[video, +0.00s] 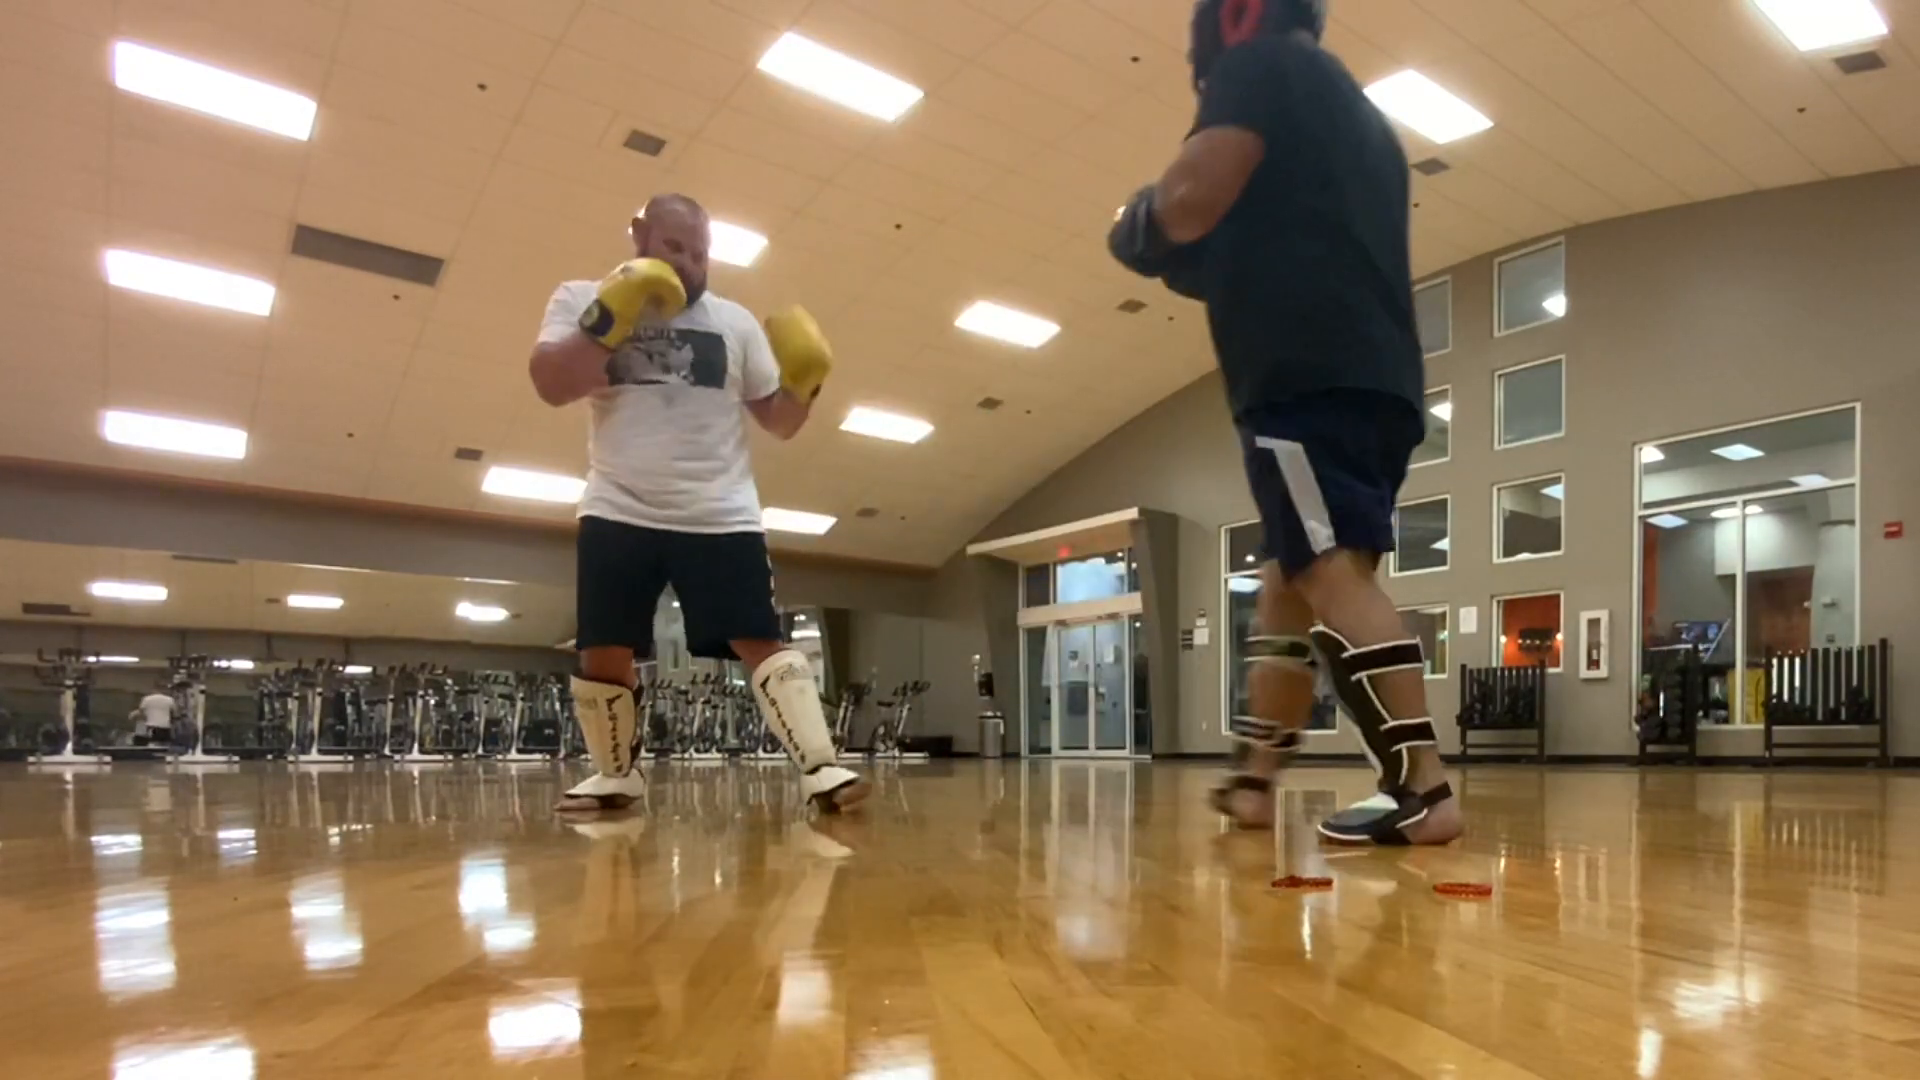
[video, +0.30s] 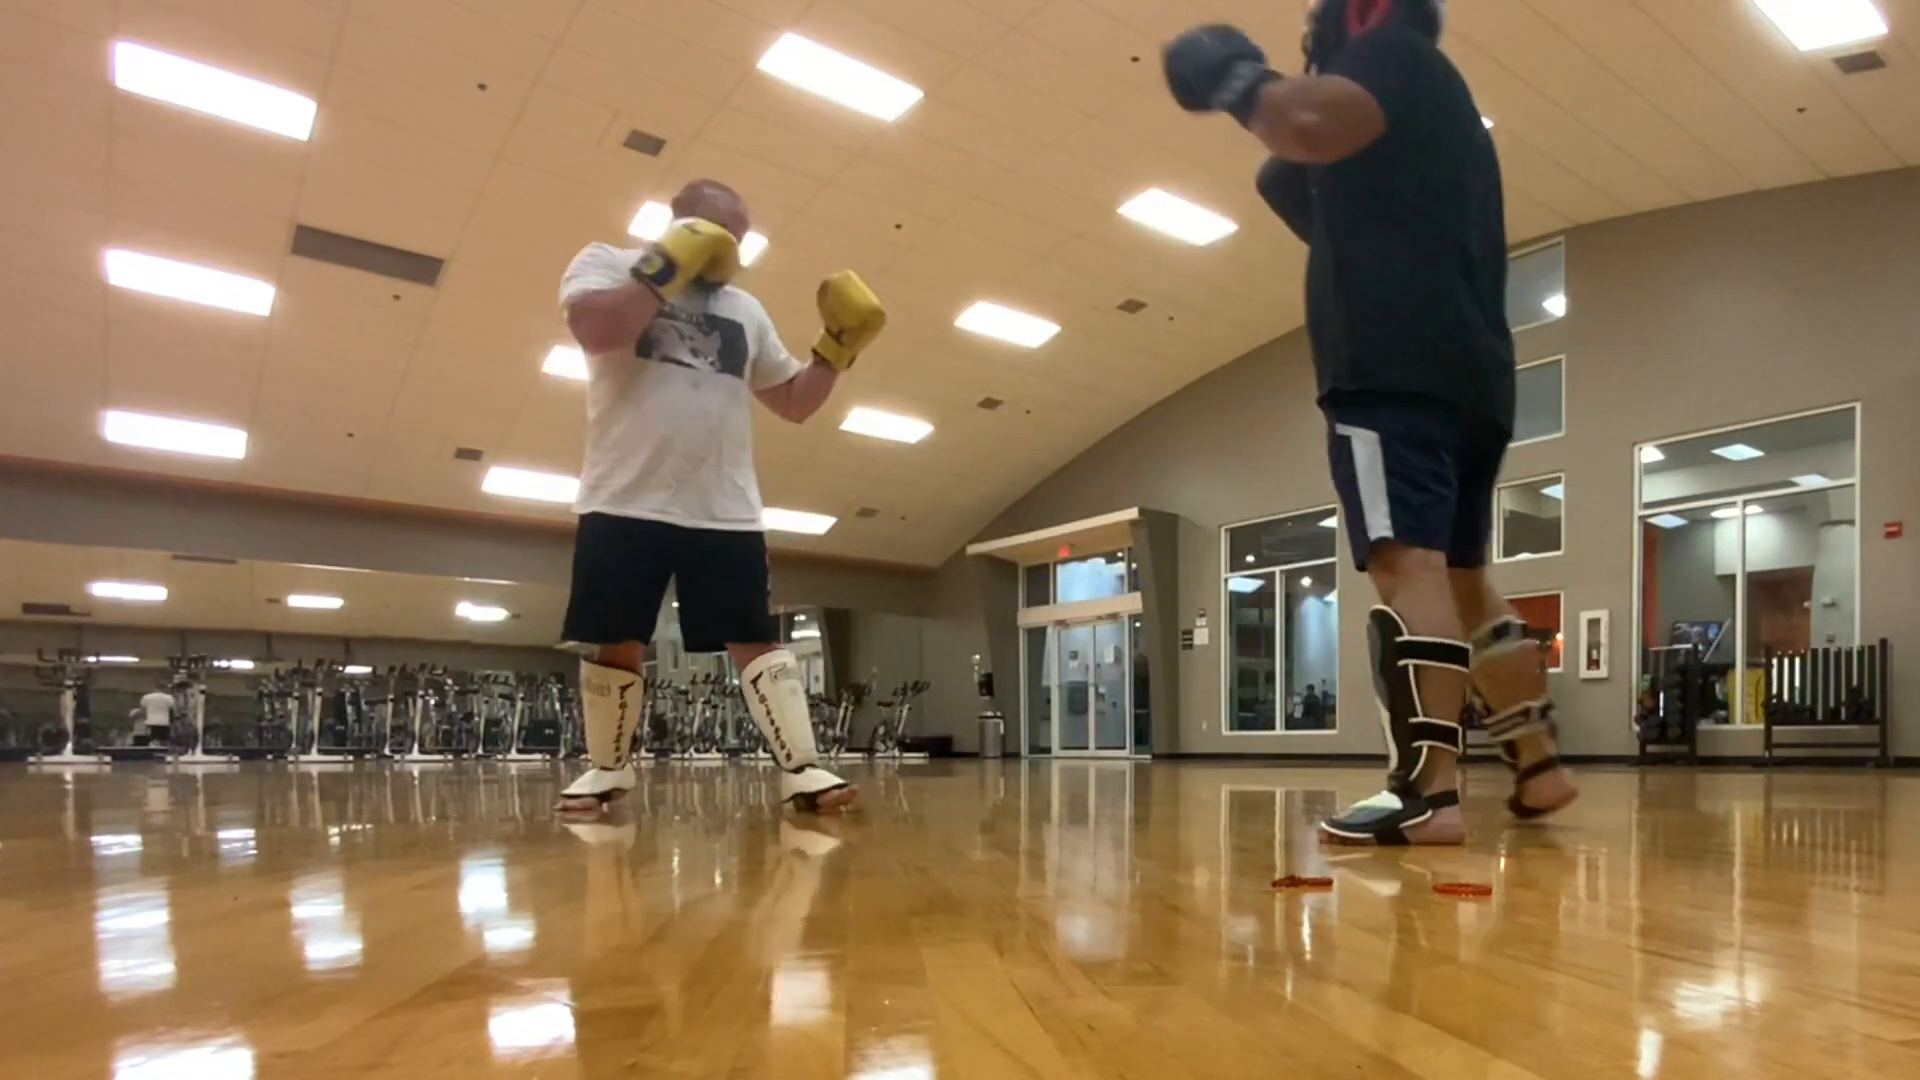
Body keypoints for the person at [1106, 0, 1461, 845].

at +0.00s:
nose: (1191, 53)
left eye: (1200, 32)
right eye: (1193, 38)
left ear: (1241, 13)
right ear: (1304, 19)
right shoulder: (1360, 114)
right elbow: (1271, 263)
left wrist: (1137, 226)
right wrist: (1171, 253)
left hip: (1303, 367)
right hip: (1374, 370)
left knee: (1332, 573)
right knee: (1290, 577)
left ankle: (1424, 790)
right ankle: (1255, 780)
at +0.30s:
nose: (1312, 41)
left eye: (1318, 27)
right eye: (1313, 34)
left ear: (1356, 15)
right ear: (1412, 20)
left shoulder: (1392, 52)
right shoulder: (1448, 100)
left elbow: (1312, 125)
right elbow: (1377, 233)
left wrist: (1238, 77)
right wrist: (1296, 191)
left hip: (1391, 358)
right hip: (1473, 363)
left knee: (1407, 565)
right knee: (1463, 571)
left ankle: (1428, 794)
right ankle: (1537, 766)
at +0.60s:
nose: (1390, 110)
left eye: (1398, 86)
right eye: (1388, 94)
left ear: (1442, 62)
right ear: (1485, 72)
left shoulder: (1467, 102)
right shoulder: (1509, 146)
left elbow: (1448, 178)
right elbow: (1467, 289)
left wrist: (1329, 202)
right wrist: (1377, 275)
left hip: (1458, 392)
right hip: (1548, 401)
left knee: (1388, 569)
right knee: (1541, 582)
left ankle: (1416, 768)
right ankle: (1578, 788)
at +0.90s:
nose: (1383, 124)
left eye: (1392, 101)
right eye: (1382, 107)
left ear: (1442, 88)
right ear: (1464, 94)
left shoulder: (1465, 133)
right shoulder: (1500, 176)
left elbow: (1445, 204)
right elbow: (1433, 313)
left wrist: (1333, 201)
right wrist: (1352, 273)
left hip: (1443, 414)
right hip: (1531, 418)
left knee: (1386, 594)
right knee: (1530, 588)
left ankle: (1399, 783)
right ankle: (1576, 788)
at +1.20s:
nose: (1322, 110)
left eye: (1334, 94)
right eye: (1324, 97)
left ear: (1385, 93)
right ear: (1395, 98)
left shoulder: (1401, 148)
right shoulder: (1425, 178)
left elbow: (1338, 230)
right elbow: (1335, 297)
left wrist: (1251, 202)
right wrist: (1268, 234)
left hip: (1396, 407)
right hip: (1455, 410)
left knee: (1384, 597)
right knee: (1414, 594)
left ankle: (1397, 783)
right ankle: (1477, 736)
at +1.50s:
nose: (1291, 140)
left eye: (1303, 125)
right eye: (1295, 129)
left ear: (1352, 130)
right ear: (1368, 140)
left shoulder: (1333, 192)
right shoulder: (1395, 215)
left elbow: (1216, 245)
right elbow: (1308, 321)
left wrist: (1192, 202)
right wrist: (1228, 262)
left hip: (1322, 423)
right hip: (1379, 434)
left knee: (1273, 596)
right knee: (1310, 606)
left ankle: (1371, 750)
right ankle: (1291, 777)